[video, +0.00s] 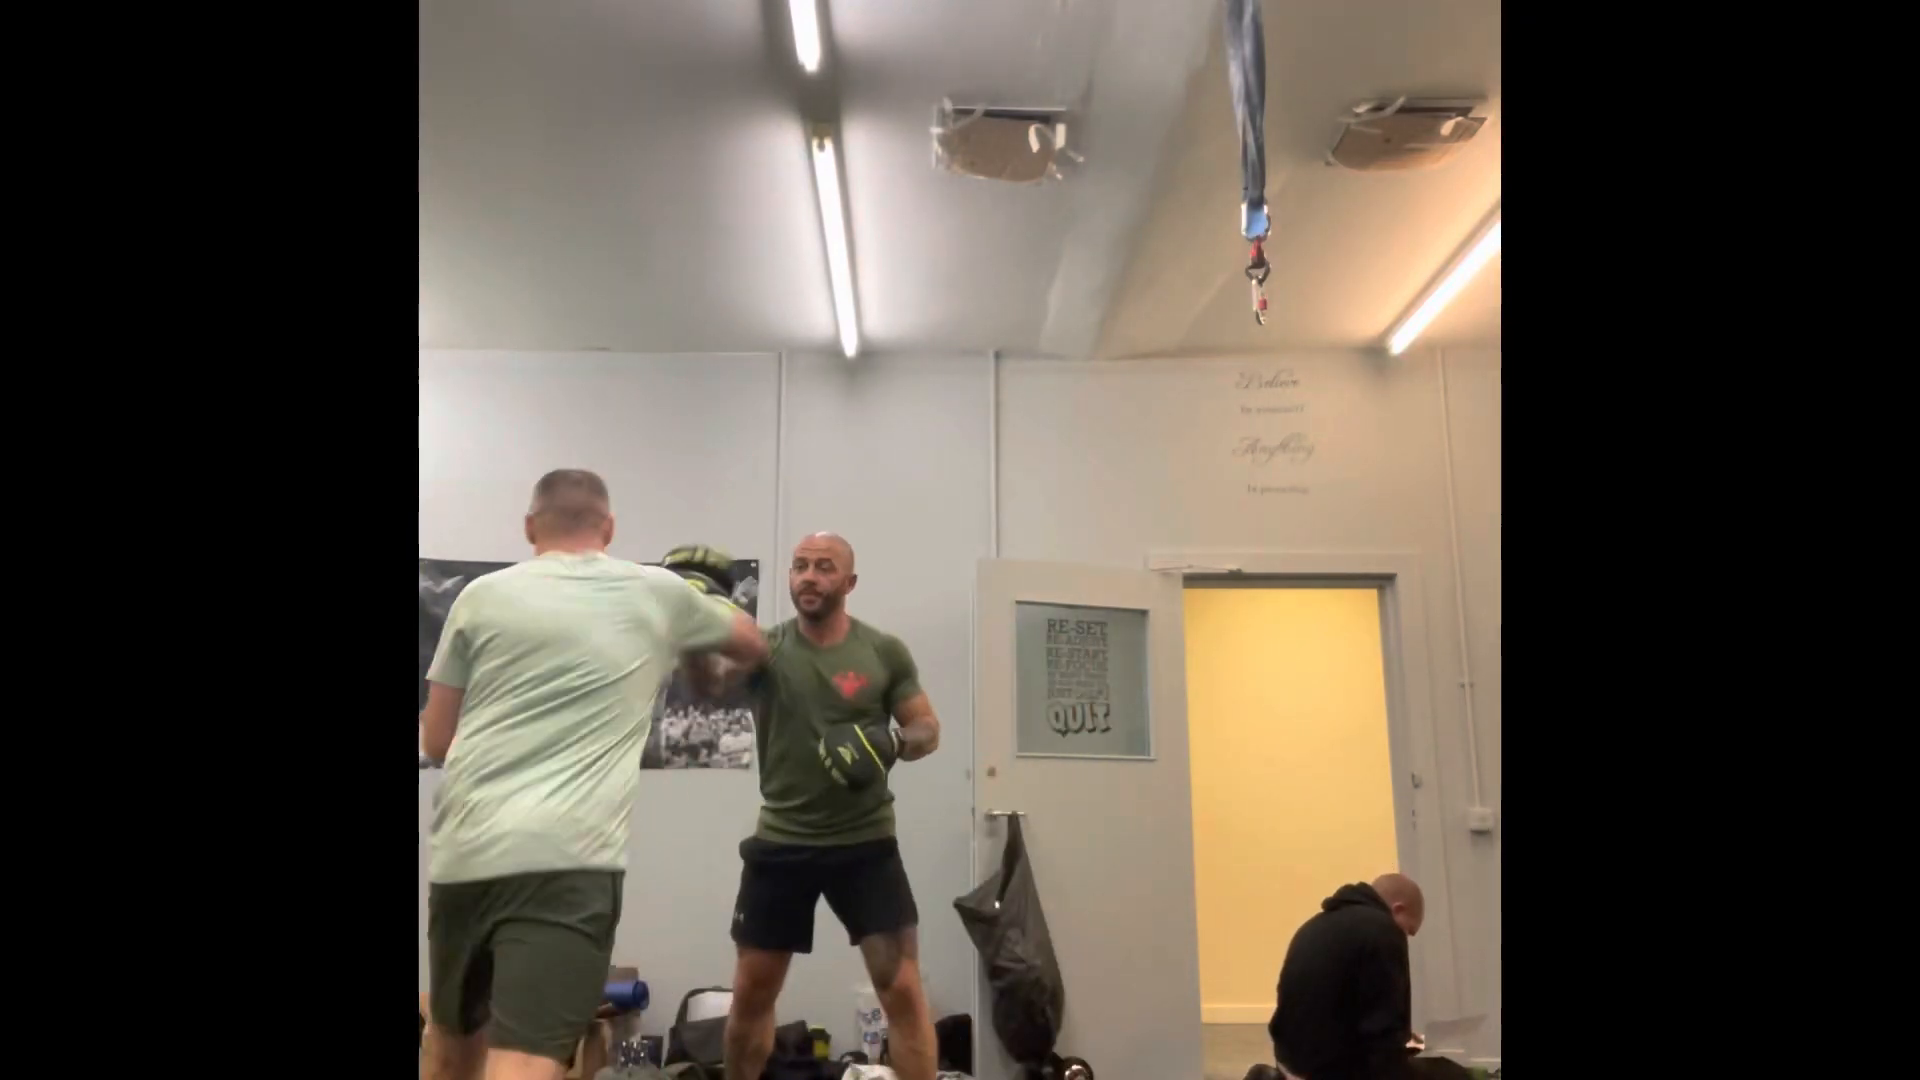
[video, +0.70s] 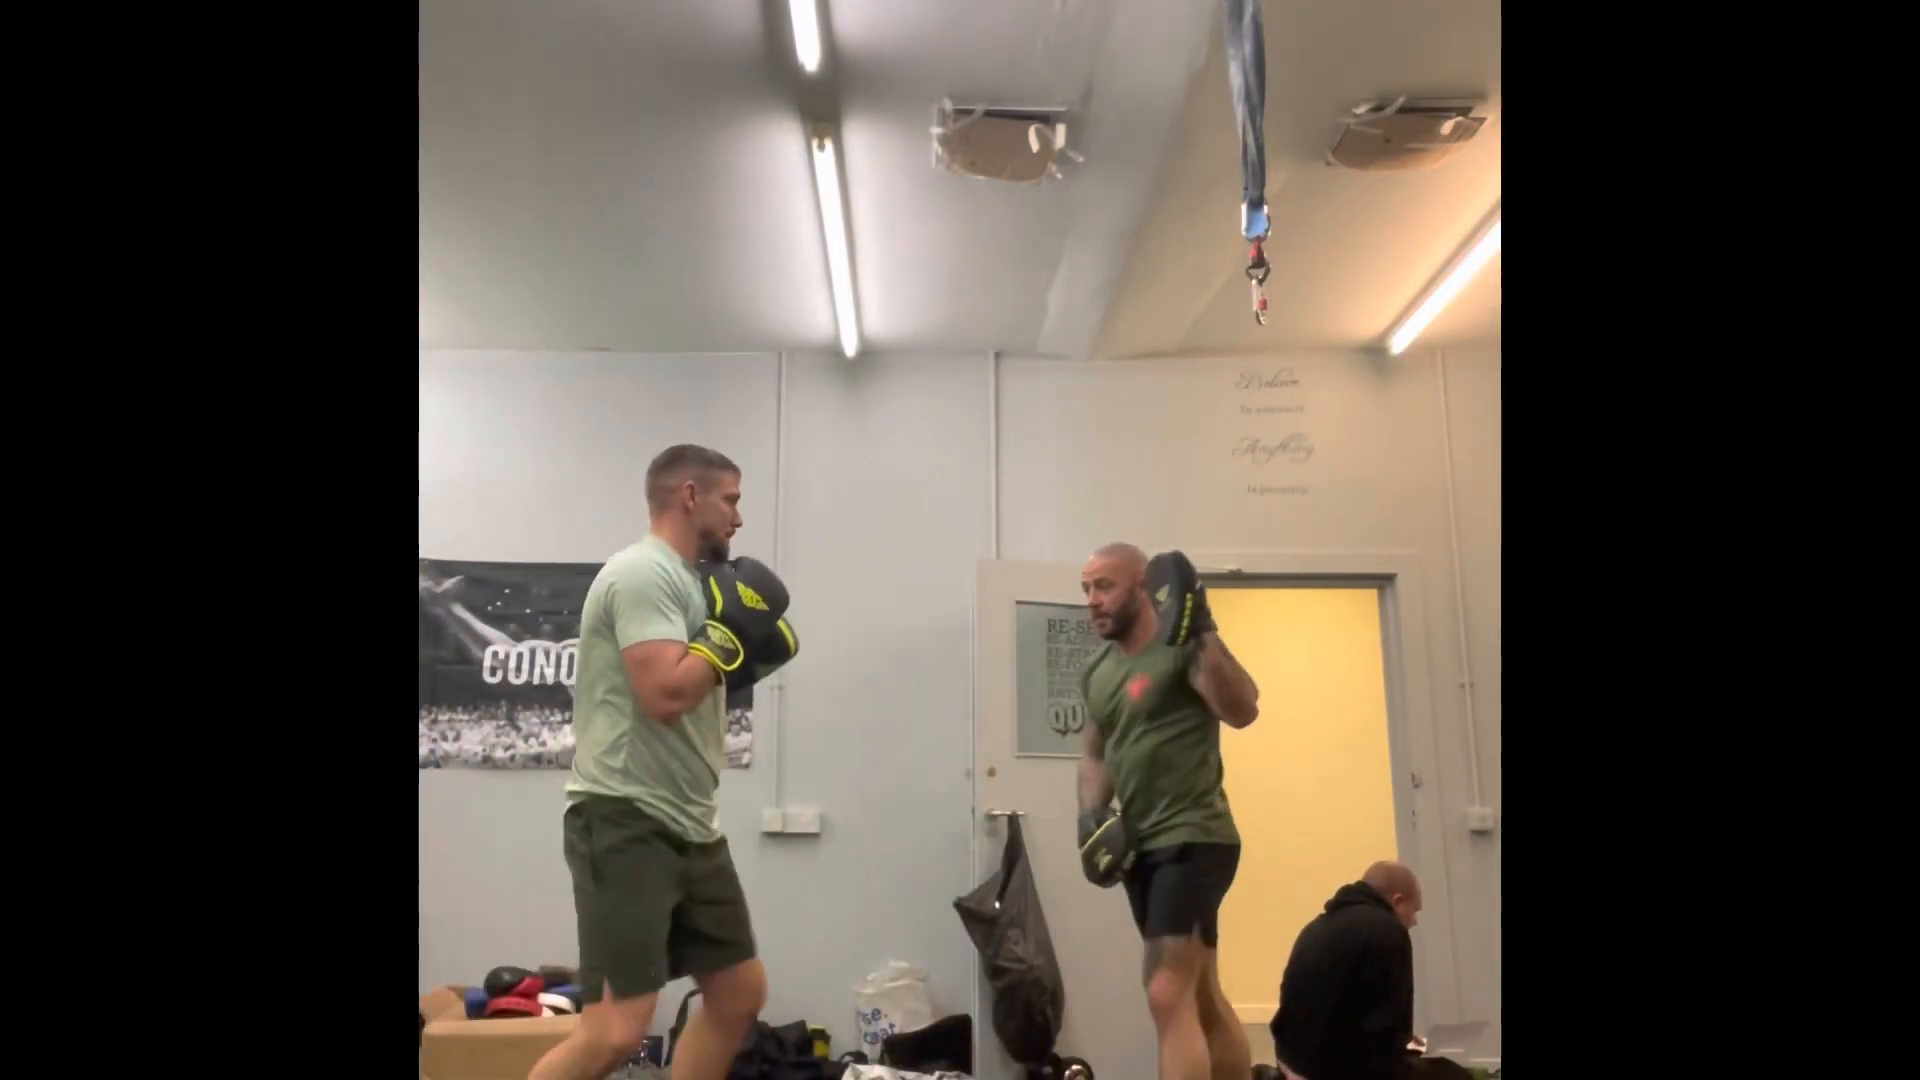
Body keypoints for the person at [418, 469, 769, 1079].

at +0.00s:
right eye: (610, 527)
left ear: (530, 529)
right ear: (608, 528)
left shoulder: (479, 597)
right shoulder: (653, 589)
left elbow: (435, 741)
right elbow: (752, 645)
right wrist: (706, 669)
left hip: (464, 856)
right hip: (572, 856)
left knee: (449, 1036)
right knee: (525, 1060)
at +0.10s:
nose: (568, 550)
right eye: (570, 542)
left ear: (492, 546)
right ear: (566, 538)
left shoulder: (450, 600)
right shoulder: (613, 588)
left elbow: (437, 746)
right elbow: (659, 698)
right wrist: (585, 694)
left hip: (475, 829)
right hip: (585, 818)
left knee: (447, 1047)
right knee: (588, 1041)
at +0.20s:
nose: (594, 545)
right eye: (596, 536)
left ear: (513, 536)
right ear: (586, 531)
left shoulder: (453, 608)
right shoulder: (624, 596)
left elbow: (455, 747)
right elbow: (669, 725)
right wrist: (618, 681)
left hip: (489, 858)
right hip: (598, 841)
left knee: (473, 1038)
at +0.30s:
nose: (663, 499)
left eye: (664, 486)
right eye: (662, 485)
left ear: (582, 480)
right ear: (643, 477)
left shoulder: (513, 570)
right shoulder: (649, 545)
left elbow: (533, 686)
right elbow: (703, 683)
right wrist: (688, 603)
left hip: (530, 821)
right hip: (624, 810)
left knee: (521, 1024)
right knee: (697, 1026)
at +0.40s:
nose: (722, 509)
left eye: (723, 492)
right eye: (718, 490)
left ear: (651, 482)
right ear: (681, 479)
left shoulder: (578, 573)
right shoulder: (668, 559)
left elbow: (622, 705)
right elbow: (705, 705)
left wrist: (716, 648)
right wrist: (753, 647)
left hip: (582, 838)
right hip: (645, 831)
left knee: (630, 1039)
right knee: (694, 1051)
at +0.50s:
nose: (741, 480)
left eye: (743, 463)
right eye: (736, 461)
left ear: (691, 454)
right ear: (695, 451)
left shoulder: (666, 536)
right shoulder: (652, 531)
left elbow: (667, 666)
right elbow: (664, 674)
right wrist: (743, 618)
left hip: (654, 792)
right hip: (621, 791)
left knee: (704, 988)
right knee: (655, 1022)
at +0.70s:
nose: (740, 516)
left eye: (739, 502)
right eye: (731, 501)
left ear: (690, 498)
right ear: (689, 496)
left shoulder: (699, 587)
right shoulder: (640, 573)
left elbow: (688, 697)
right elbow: (664, 693)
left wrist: (745, 662)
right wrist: (728, 638)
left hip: (691, 826)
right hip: (622, 818)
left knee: (736, 993)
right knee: (617, 1026)